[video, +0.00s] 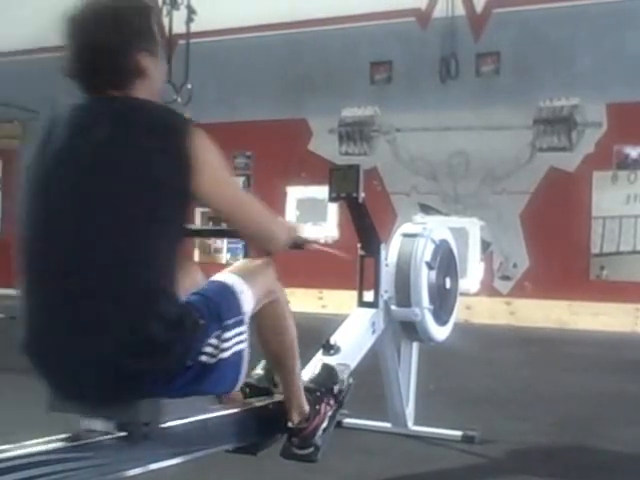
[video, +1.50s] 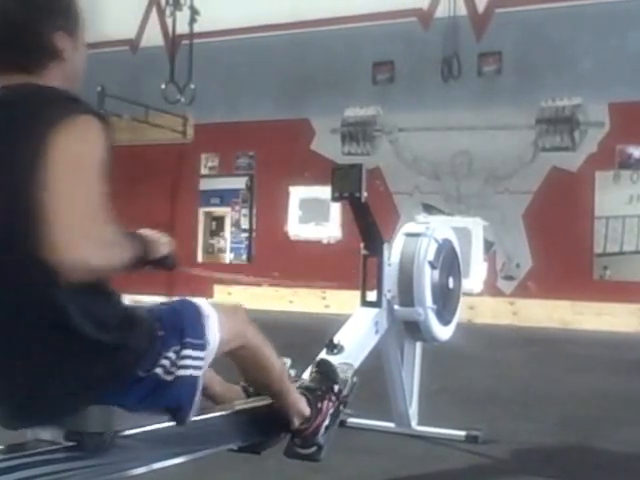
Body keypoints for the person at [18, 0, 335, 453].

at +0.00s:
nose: (166, 66)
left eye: (162, 52)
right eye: (161, 51)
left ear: (83, 63)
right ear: (142, 59)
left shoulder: (56, 131)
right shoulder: (171, 133)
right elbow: (270, 235)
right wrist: (287, 233)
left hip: (61, 366)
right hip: (142, 368)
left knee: (183, 268)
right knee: (265, 273)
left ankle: (233, 406)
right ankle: (299, 414)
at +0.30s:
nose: (258, 114)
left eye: (256, 103)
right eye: (256, 104)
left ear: (187, 106)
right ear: (244, 109)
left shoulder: (157, 153)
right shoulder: (261, 161)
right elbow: (338, 223)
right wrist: (362, 247)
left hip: (134, 358)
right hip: (215, 361)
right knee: (294, 249)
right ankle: (300, 412)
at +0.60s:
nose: (266, 117)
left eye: (265, 106)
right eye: (264, 107)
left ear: (197, 110)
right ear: (252, 114)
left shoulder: (168, 157)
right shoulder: (260, 161)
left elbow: (224, 236)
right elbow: (337, 217)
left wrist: (308, 243)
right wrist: (370, 243)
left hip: (134, 358)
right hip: (212, 361)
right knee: (292, 249)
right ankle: (300, 411)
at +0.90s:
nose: (168, 53)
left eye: (164, 42)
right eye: (163, 43)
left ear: (85, 58)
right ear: (147, 57)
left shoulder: (61, 130)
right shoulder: (182, 132)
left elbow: (109, 213)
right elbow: (268, 200)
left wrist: (196, 230)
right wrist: (308, 229)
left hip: (59, 360)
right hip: (149, 362)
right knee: (254, 279)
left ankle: (235, 398)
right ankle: (300, 410)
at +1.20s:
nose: (41, 55)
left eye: (39, 43)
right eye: (37, 43)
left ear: (4, 46)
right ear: (12, 44)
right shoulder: (51, 131)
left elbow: (23, 248)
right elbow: (169, 245)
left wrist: (96, 231)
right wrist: (209, 239)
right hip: (68, 358)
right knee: (231, 344)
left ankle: (262, 404)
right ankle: (306, 413)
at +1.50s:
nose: (85, 55)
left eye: (84, 43)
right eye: (82, 43)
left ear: (6, 45)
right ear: (60, 44)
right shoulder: (65, 119)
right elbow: (75, 252)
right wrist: (141, 245)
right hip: (54, 357)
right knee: (237, 323)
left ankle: (237, 403)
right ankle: (301, 413)